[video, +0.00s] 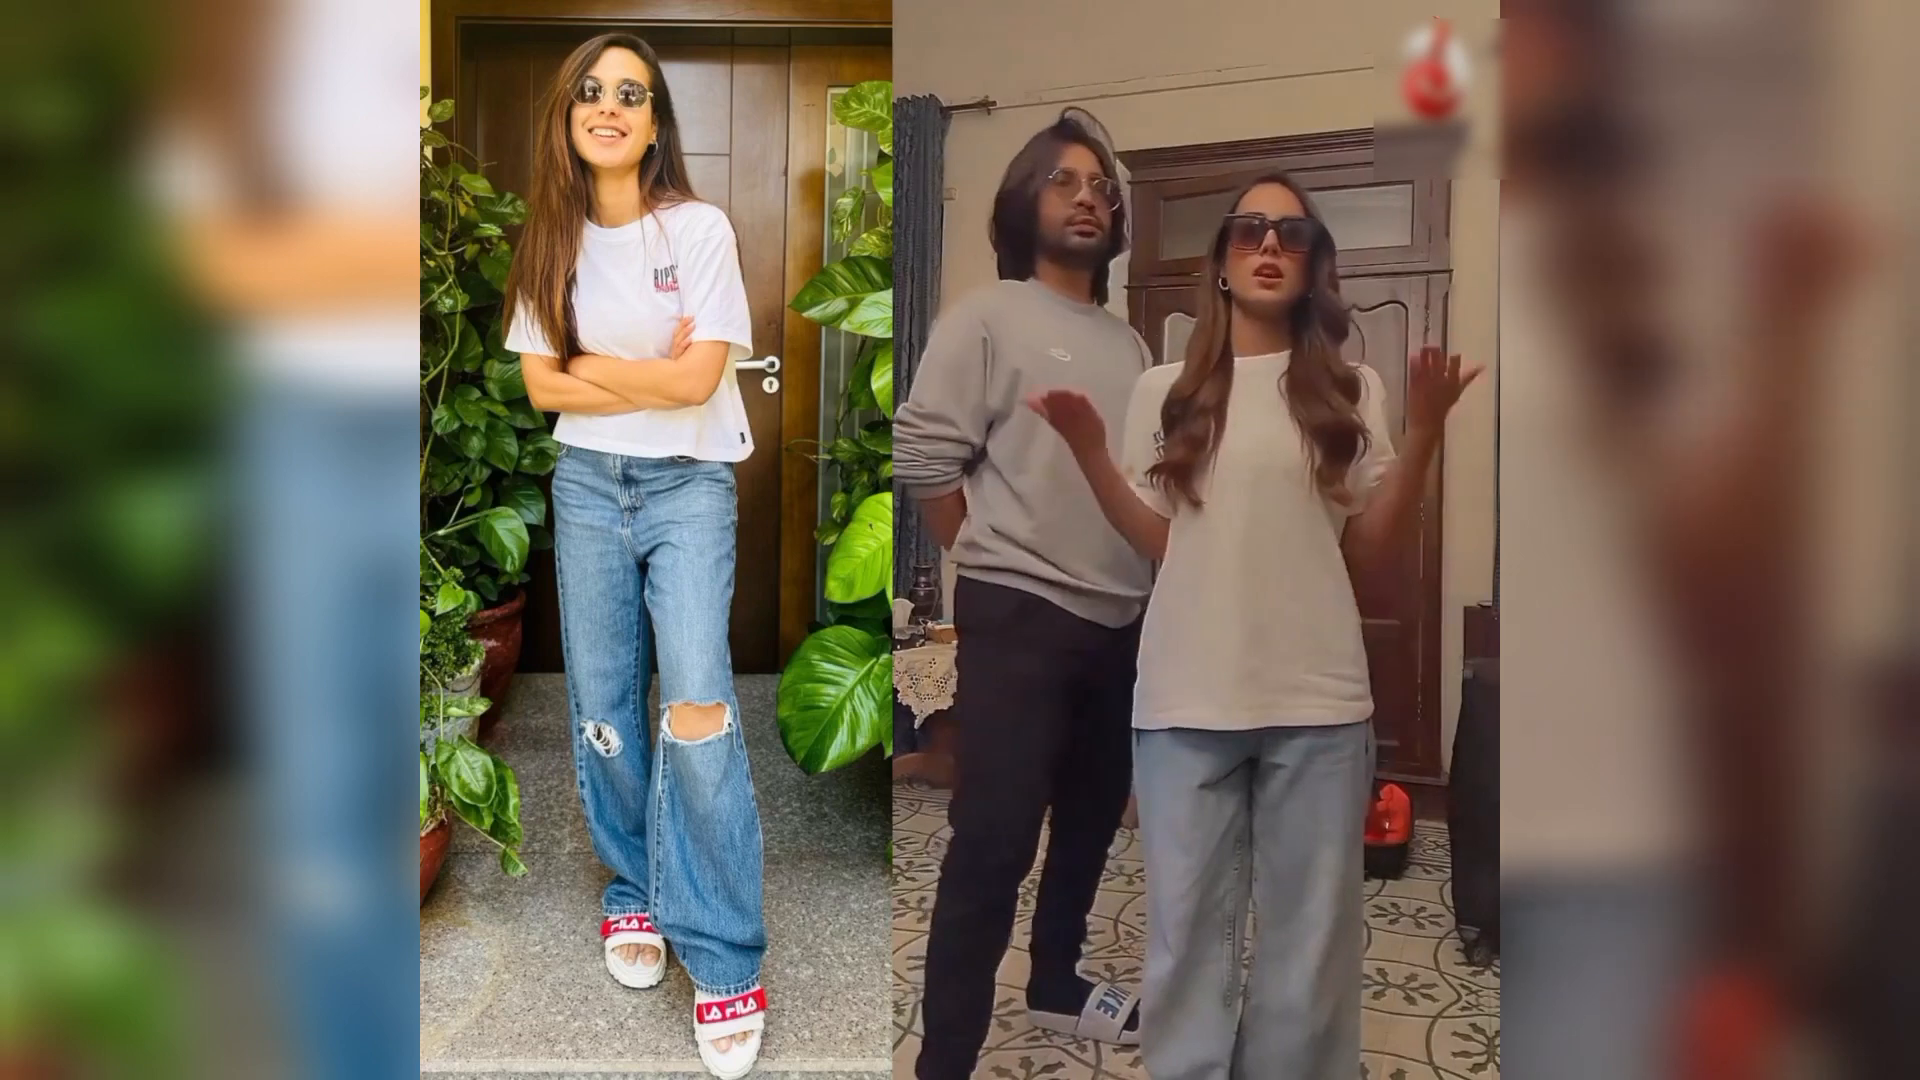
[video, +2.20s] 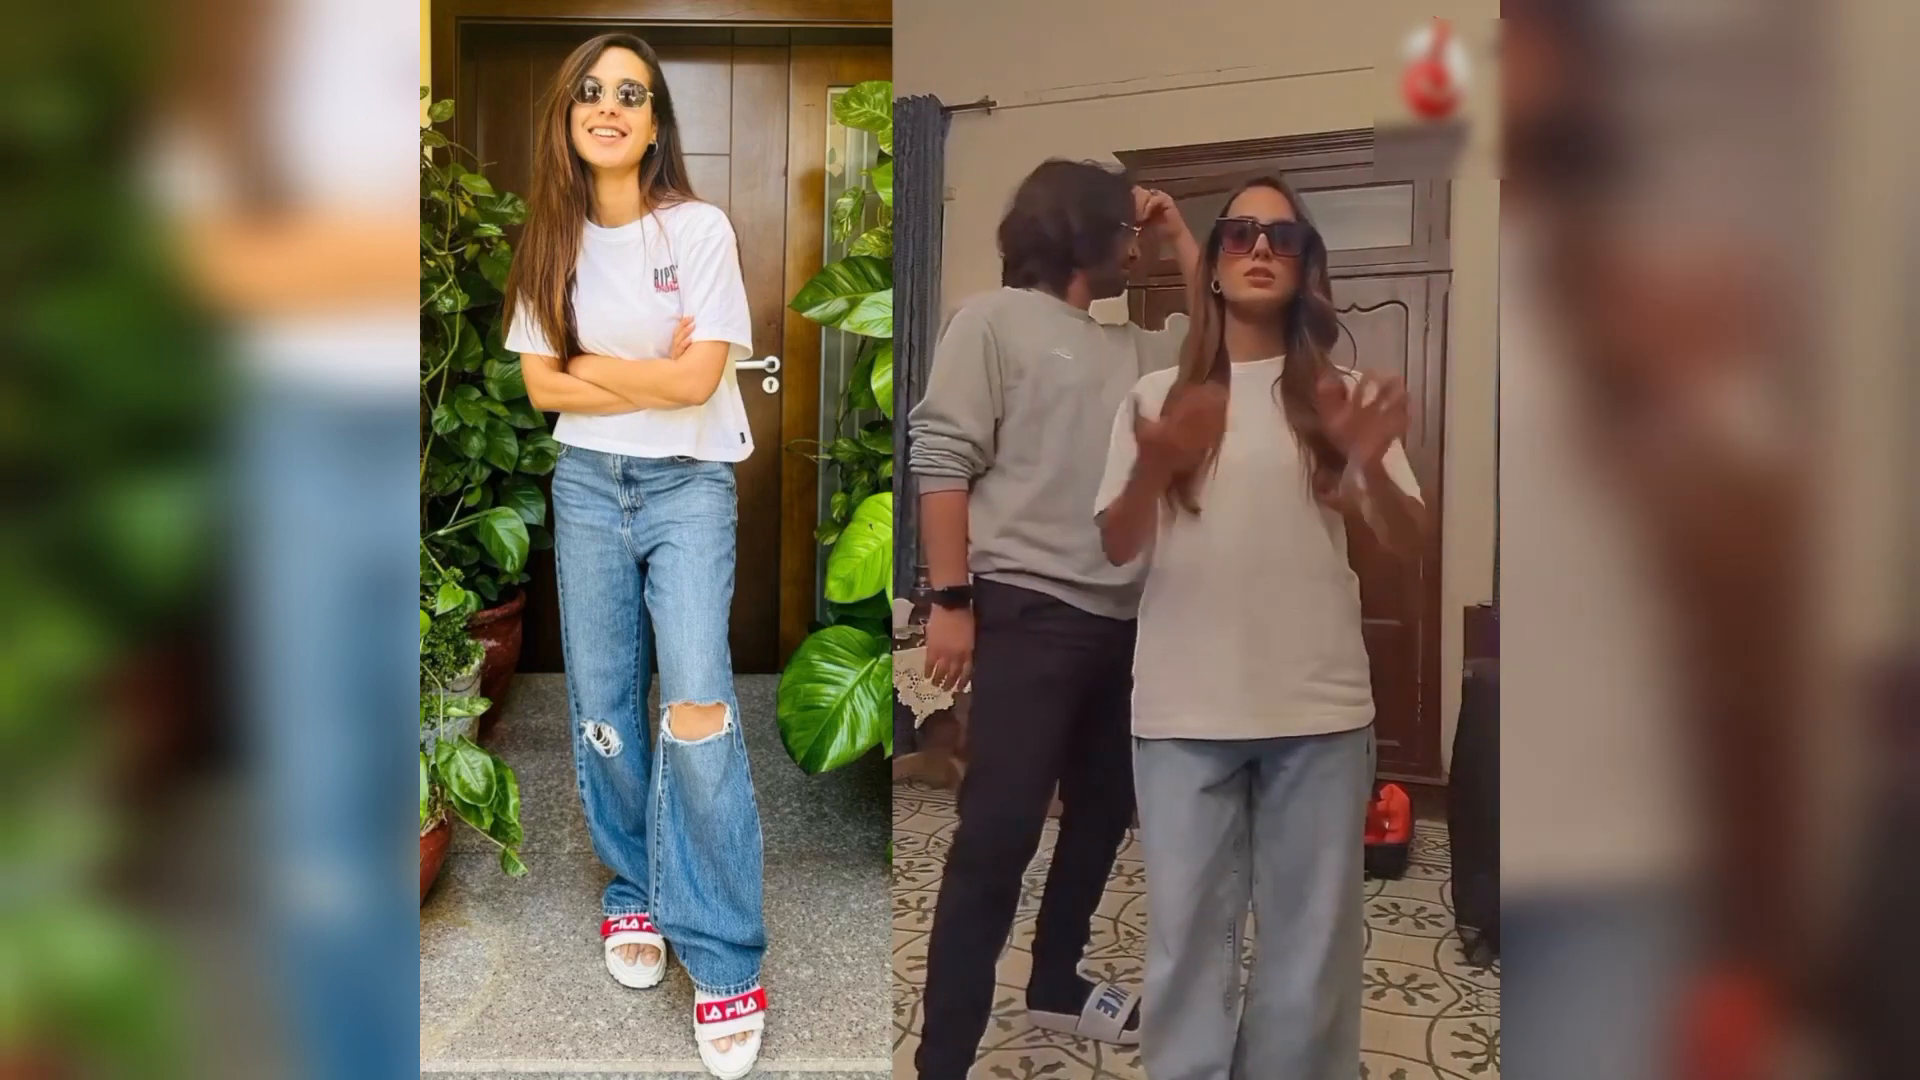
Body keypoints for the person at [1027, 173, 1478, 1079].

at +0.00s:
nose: (1269, 245)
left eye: (1290, 233)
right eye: (1250, 231)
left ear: (1317, 262)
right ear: (1220, 259)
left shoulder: (1351, 386)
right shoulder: (1165, 387)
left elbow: (1368, 543)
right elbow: (1159, 540)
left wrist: (1422, 432)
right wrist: (1091, 450)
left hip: (1318, 694)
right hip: (1184, 694)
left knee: (1310, 944)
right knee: (1182, 936)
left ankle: (1295, 1070)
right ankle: (1186, 1066)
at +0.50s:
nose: (1266, 249)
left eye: (1287, 237)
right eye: (1248, 235)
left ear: (1313, 265)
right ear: (1219, 262)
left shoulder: (1346, 393)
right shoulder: (1162, 392)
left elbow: (1360, 552)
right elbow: (1154, 542)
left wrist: (1420, 517)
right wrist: (1093, 518)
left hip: (1317, 705)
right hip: (1182, 705)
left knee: (1310, 946)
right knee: (1182, 938)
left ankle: (1294, 1071)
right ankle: (1186, 1067)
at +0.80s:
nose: (1264, 245)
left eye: (1285, 234)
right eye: (1246, 232)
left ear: (1311, 265)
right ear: (1216, 263)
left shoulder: (1344, 392)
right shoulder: (1163, 390)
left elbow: (1394, 540)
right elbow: (1115, 532)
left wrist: (1431, 407)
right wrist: (1066, 402)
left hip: (1317, 706)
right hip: (1181, 704)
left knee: (1309, 953)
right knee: (1182, 945)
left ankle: (1294, 1072)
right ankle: (1184, 1067)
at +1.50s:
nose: (1266, 248)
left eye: (1286, 236)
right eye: (1247, 234)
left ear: (1311, 263)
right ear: (1217, 258)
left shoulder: (1347, 392)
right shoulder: (1159, 391)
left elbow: (1384, 537)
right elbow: (1105, 531)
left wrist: (1471, 451)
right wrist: (1026, 446)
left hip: (1320, 707)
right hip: (1184, 708)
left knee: (1315, 944)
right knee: (1185, 938)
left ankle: (1294, 1075)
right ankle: (1186, 1069)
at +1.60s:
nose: (1265, 249)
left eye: (1286, 238)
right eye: (1246, 236)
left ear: (1312, 265)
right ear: (1218, 263)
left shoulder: (1350, 398)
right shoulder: (1159, 398)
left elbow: (1370, 539)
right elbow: (1124, 532)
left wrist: (1430, 579)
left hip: (1321, 713)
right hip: (1182, 713)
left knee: (1312, 948)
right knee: (1185, 940)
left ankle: (1297, 1070)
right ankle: (1186, 1066)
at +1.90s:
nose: (1261, 252)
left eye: (1283, 239)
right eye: (1242, 237)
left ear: (1308, 266)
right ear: (1215, 262)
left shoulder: (1348, 394)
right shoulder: (1156, 395)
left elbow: (1422, 518)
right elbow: (1128, 535)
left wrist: (1331, 494)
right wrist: (1198, 523)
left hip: (1318, 715)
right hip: (1182, 716)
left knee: (1313, 954)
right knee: (1184, 946)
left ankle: (1292, 1073)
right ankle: (1185, 1070)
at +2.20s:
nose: (1260, 248)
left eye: (1283, 238)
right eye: (1240, 235)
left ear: (1307, 269)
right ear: (1212, 265)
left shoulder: (1347, 395)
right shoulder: (1155, 397)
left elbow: (1410, 549)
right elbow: (1118, 552)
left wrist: (1372, 466)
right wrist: (1154, 469)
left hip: (1321, 714)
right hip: (1182, 717)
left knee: (1312, 959)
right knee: (1184, 949)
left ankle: (1293, 1073)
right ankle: (1185, 1069)